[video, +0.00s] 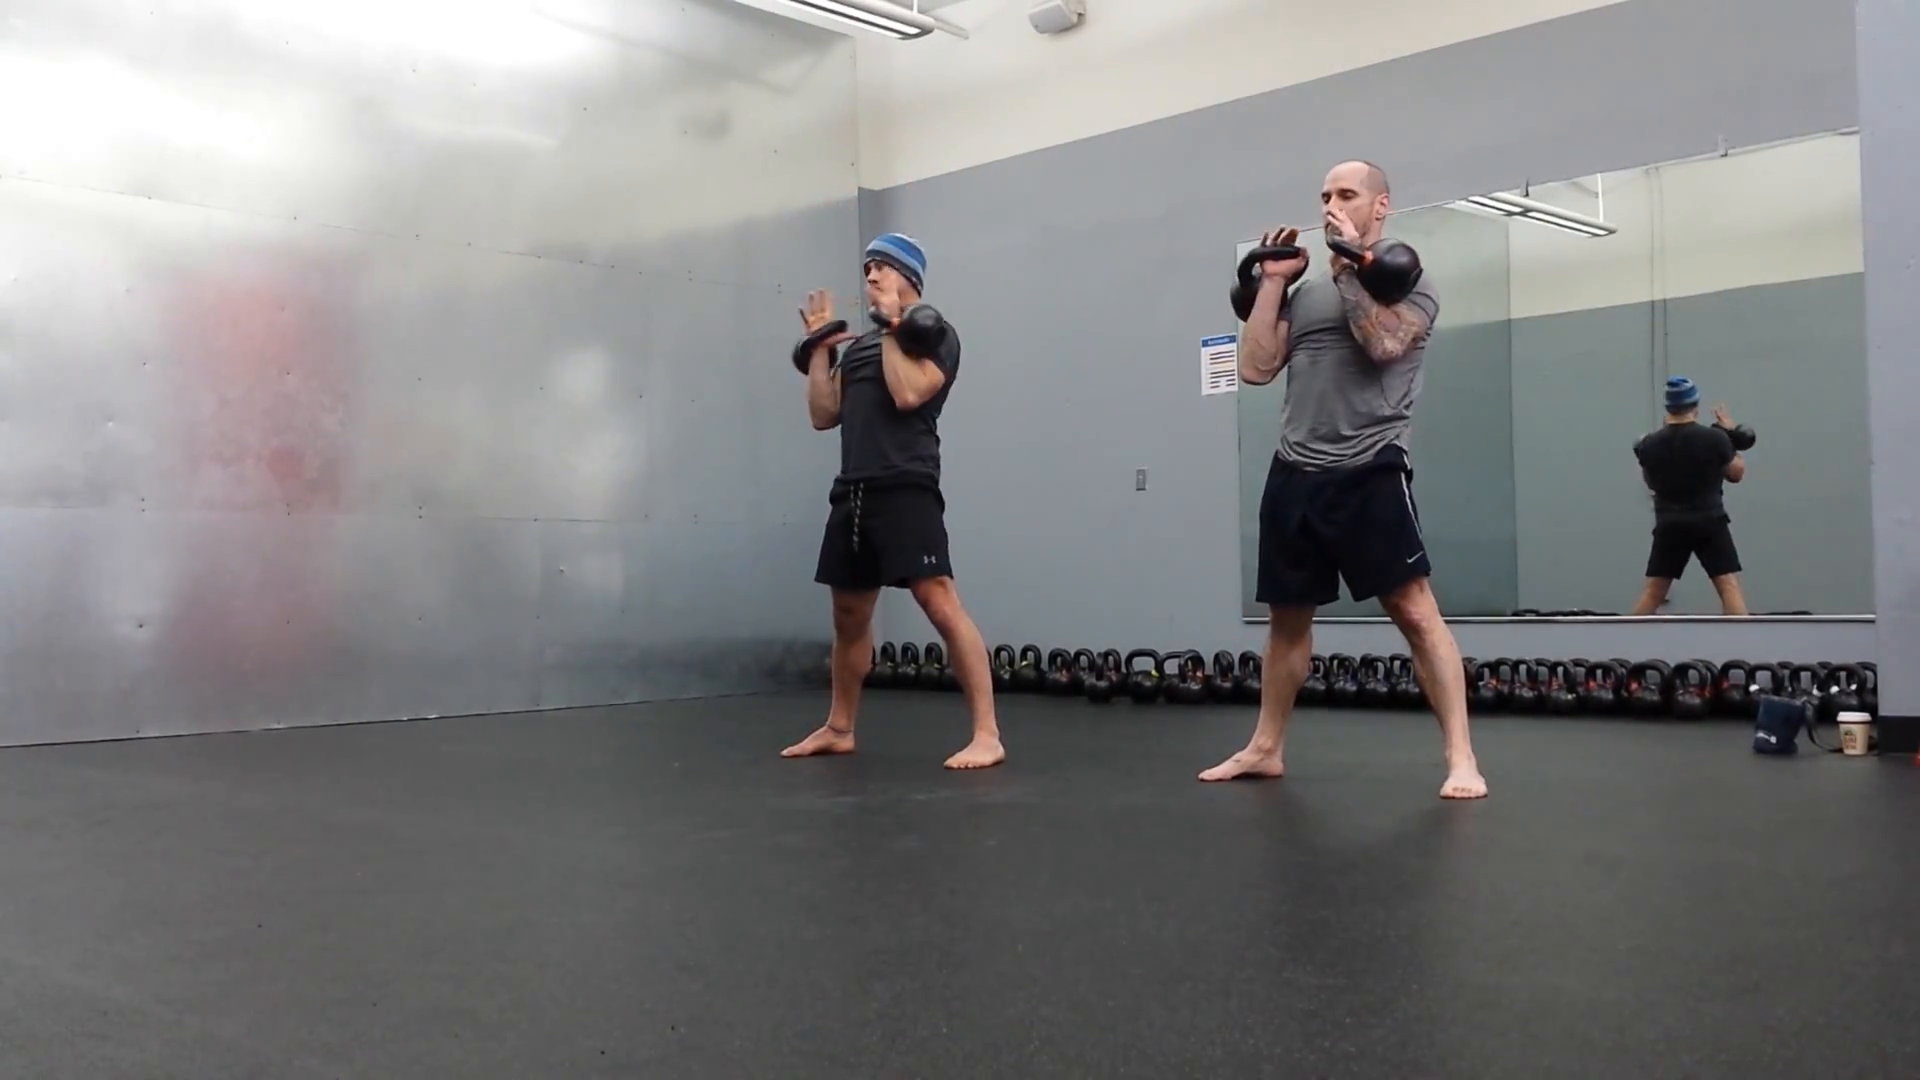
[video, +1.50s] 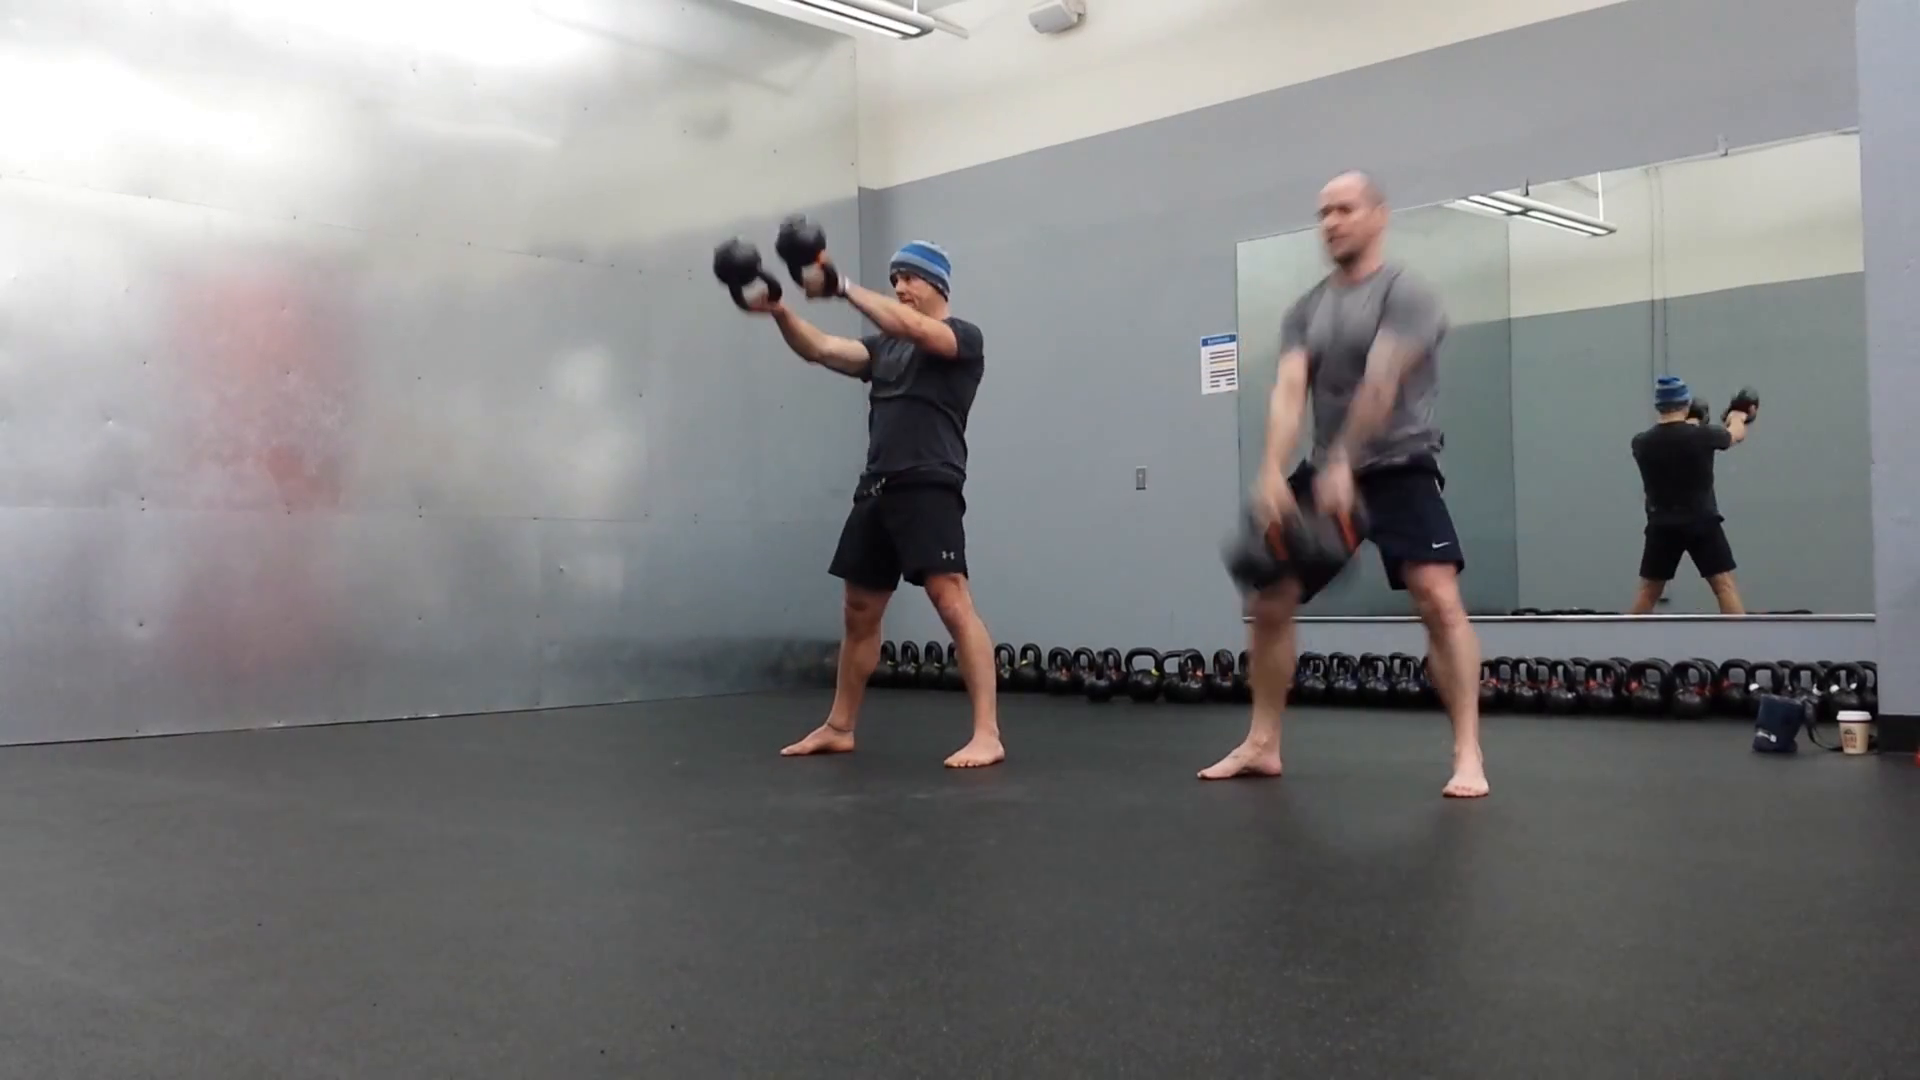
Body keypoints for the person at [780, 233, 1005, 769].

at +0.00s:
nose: (869, 275)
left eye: (879, 267)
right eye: (867, 269)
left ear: (910, 278)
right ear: (869, 282)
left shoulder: (936, 334)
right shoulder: (858, 347)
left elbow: (910, 393)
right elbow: (824, 415)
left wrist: (891, 325)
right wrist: (820, 347)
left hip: (908, 492)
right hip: (852, 494)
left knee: (942, 608)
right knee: (849, 618)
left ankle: (987, 736)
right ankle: (839, 727)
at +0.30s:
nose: (887, 297)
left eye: (896, 286)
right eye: (881, 288)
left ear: (924, 285)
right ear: (878, 290)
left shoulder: (955, 337)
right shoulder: (877, 348)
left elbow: (940, 405)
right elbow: (842, 410)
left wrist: (885, 389)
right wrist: (801, 404)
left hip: (942, 492)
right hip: (891, 494)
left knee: (953, 598)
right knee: (854, 607)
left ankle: (987, 736)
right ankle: (838, 728)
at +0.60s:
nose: (814, 365)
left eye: (822, 352)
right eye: (809, 355)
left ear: (852, 347)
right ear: (813, 358)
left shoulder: (905, 399)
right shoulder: (831, 414)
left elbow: (927, 489)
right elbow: (845, 494)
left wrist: (909, 559)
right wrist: (861, 563)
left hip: (955, 510)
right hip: (898, 517)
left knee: (960, 598)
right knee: (825, 608)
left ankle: (989, 736)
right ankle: (836, 727)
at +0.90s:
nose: (777, 414)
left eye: (786, 400)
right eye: (774, 402)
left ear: (815, 402)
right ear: (773, 405)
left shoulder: (875, 448)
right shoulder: (804, 464)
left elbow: (923, 532)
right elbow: (855, 537)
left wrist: (942, 592)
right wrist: (899, 585)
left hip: (954, 527)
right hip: (891, 539)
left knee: (951, 607)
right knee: (818, 609)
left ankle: (989, 737)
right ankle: (836, 729)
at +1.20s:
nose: (897, 292)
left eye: (907, 281)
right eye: (894, 283)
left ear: (937, 287)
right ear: (896, 290)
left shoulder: (965, 341)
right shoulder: (893, 352)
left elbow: (921, 400)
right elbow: (852, 405)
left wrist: (863, 434)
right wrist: (819, 441)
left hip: (934, 492)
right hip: (881, 491)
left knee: (953, 603)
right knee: (863, 609)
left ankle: (986, 735)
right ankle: (840, 726)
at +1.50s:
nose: (899, 287)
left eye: (909, 278)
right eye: (895, 281)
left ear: (939, 286)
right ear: (898, 289)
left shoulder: (964, 339)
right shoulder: (884, 349)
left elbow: (906, 324)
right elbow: (819, 348)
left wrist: (843, 287)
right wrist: (780, 311)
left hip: (930, 491)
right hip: (876, 494)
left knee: (954, 605)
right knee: (859, 613)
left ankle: (987, 736)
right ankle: (840, 727)